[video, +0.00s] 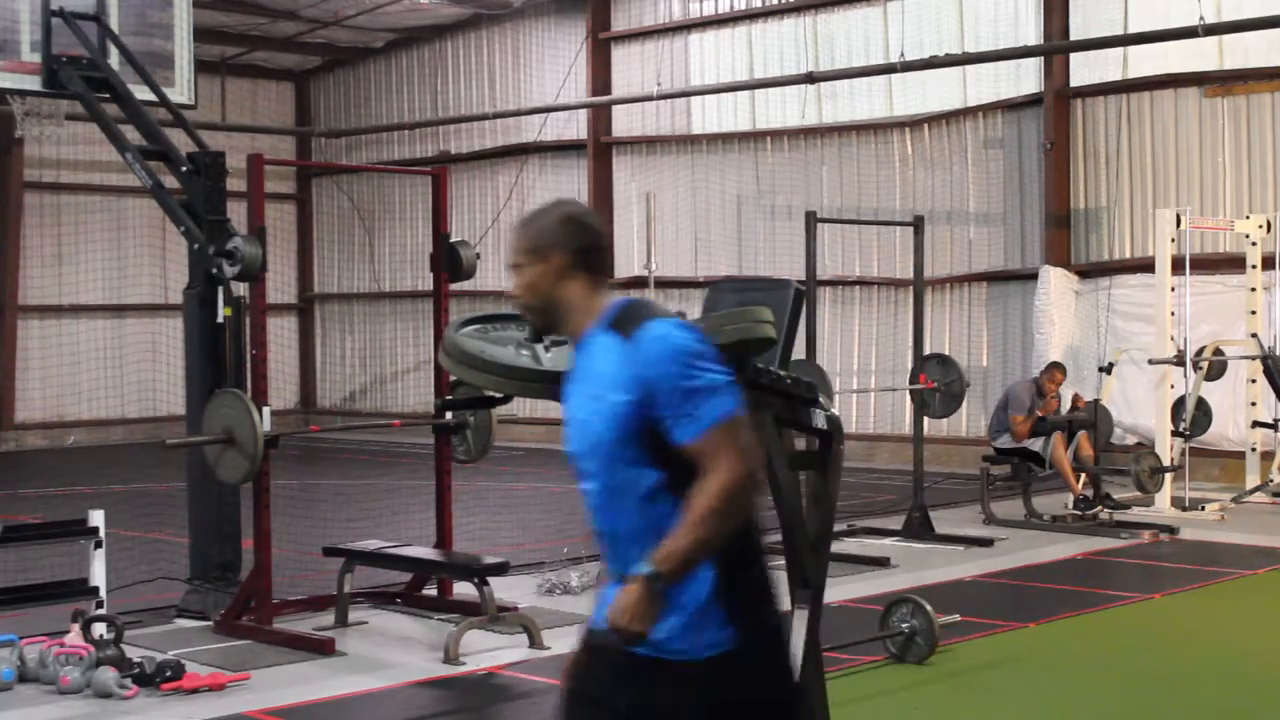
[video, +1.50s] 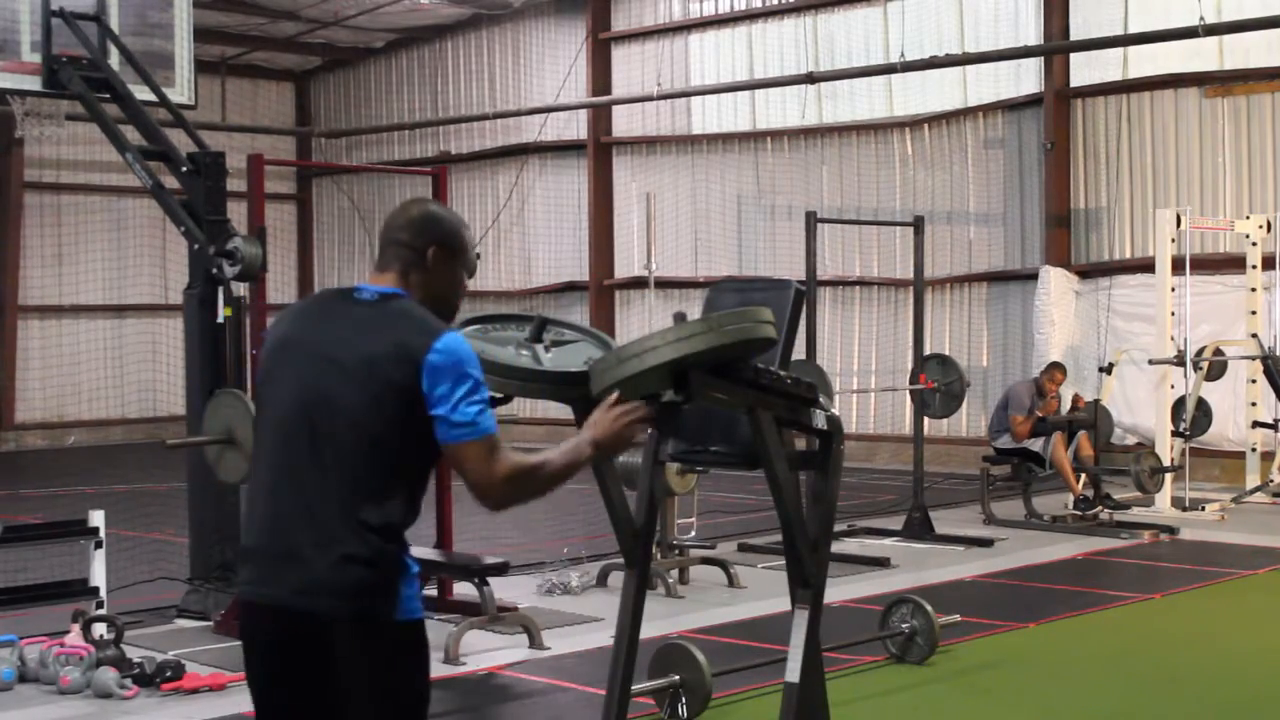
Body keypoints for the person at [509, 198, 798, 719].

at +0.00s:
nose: (512, 288)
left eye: (519, 268)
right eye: (512, 272)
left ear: (561, 264)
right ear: (554, 267)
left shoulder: (661, 344)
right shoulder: (585, 360)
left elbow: (734, 468)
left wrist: (651, 580)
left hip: (707, 645)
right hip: (624, 636)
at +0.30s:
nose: (441, 243)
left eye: (442, 229)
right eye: (443, 230)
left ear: (455, 228)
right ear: (520, 228)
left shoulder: (509, 309)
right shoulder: (531, 305)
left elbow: (541, 453)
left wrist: (428, 533)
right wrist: (470, 585)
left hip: (537, 613)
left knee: (433, 708)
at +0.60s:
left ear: (412, 218)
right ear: (485, 229)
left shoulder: (374, 295)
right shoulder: (528, 331)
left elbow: (312, 439)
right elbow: (546, 491)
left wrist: (255, 498)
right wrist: (498, 560)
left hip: (384, 613)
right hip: (496, 614)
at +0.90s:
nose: (428, 240)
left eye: (427, 227)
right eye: (426, 227)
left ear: (344, 222)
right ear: (411, 230)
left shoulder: (260, 314)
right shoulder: (458, 336)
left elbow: (202, 452)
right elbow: (496, 486)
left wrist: (259, 469)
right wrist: (560, 571)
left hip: (291, 615)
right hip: (405, 618)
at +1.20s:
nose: (442, 265)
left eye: (444, 249)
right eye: (440, 247)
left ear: (357, 239)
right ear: (413, 244)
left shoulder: (261, 325)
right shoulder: (430, 346)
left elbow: (232, 463)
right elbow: (432, 501)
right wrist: (522, 565)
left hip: (271, 621)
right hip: (382, 625)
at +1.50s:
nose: (466, 290)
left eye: (470, 274)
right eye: (466, 271)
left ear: (381, 256)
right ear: (433, 258)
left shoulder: (289, 325)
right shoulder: (434, 346)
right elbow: (496, 484)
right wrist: (591, 441)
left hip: (268, 603)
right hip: (367, 607)